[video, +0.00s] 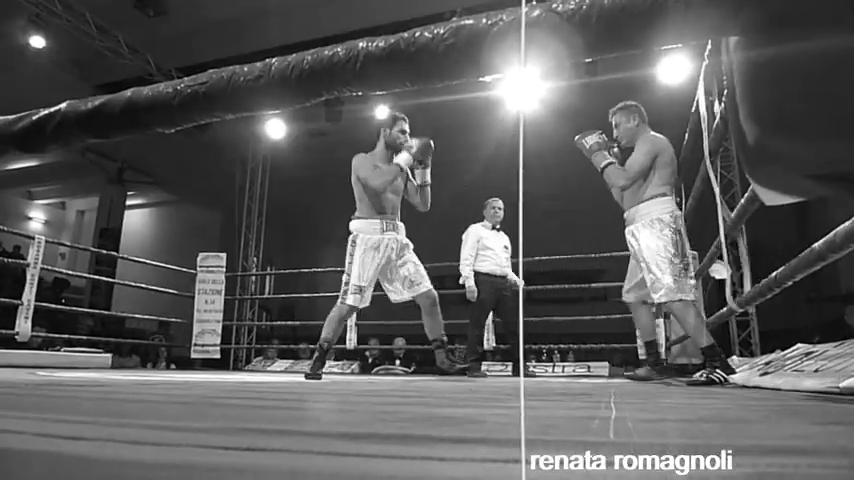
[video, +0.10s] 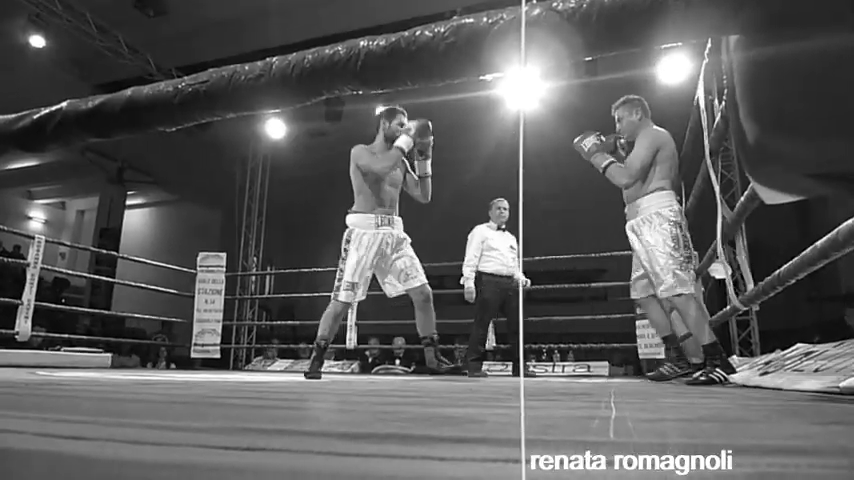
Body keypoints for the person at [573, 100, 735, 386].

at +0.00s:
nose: (615, 133)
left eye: (618, 125)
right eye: (613, 128)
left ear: (636, 120)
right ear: (632, 125)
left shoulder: (651, 141)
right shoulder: (637, 154)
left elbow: (623, 179)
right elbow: (625, 199)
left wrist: (601, 155)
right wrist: (605, 162)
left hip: (658, 226)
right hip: (642, 230)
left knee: (672, 295)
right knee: (635, 295)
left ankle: (715, 360)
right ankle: (653, 361)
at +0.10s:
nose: (617, 126)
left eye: (620, 119)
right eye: (616, 121)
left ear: (638, 114)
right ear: (635, 117)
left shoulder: (651, 135)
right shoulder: (643, 143)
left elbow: (626, 176)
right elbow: (639, 179)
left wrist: (596, 156)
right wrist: (618, 157)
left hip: (659, 220)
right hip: (642, 225)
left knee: (677, 291)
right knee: (643, 293)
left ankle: (716, 361)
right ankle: (677, 359)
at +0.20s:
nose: (616, 128)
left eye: (619, 121)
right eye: (615, 123)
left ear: (636, 115)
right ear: (637, 118)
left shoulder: (645, 138)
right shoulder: (659, 140)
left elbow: (634, 185)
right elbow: (642, 184)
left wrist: (600, 168)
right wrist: (619, 161)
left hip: (658, 220)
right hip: (652, 223)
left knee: (672, 292)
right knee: (663, 294)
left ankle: (715, 359)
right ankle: (689, 362)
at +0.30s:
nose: (613, 130)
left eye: (616, 122)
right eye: (612, 124)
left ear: (634, 116)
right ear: (635, 119)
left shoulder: (644, 139)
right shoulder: (649, 141)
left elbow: (640, 183)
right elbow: (637, 187)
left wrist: (603, 172)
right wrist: (617, 164)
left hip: (658, 219)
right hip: (658, 220)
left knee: (650, 289)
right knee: (662, 291)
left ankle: (703, 352)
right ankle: (691, 359)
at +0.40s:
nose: (610, 123)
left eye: (612, 116)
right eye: (608, 119)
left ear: (629, 112)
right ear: (630, 116)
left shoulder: (640, 129)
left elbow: (642, 168)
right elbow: (629, 193)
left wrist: (604, 161)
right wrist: (607, 162)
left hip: (656, 215)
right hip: (655, 217)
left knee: (632, 277)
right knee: (667, 289)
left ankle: (679, 348)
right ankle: (689, 356)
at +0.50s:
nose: (605, 125)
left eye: (608, 118)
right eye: (603, 120)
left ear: (626, 114)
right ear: (624, 117)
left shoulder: (642, 129)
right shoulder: (627, 147)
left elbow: (635, 169)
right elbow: (600, 184)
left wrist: (606, 149)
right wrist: (588, 149)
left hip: (650, 211)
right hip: (637, 215)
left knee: (616, 270)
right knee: (635, 290)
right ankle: (675, 353)